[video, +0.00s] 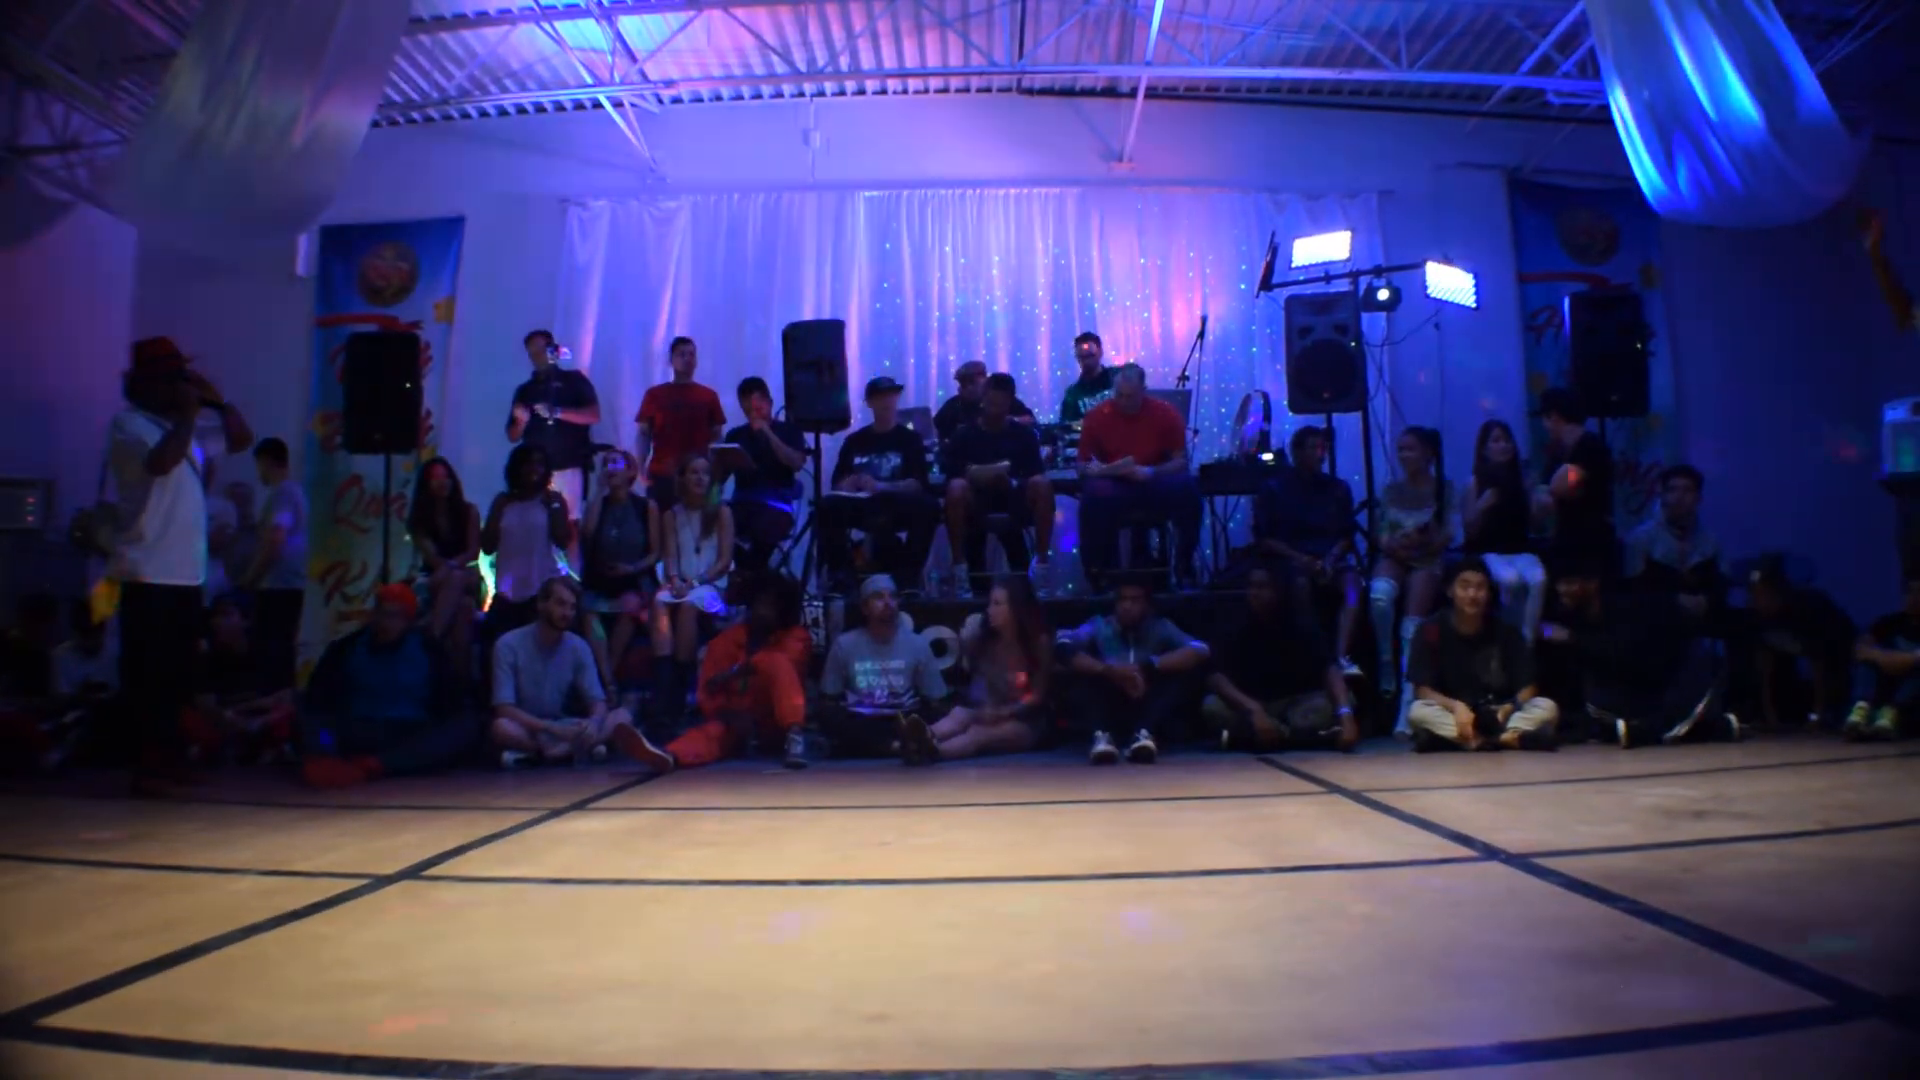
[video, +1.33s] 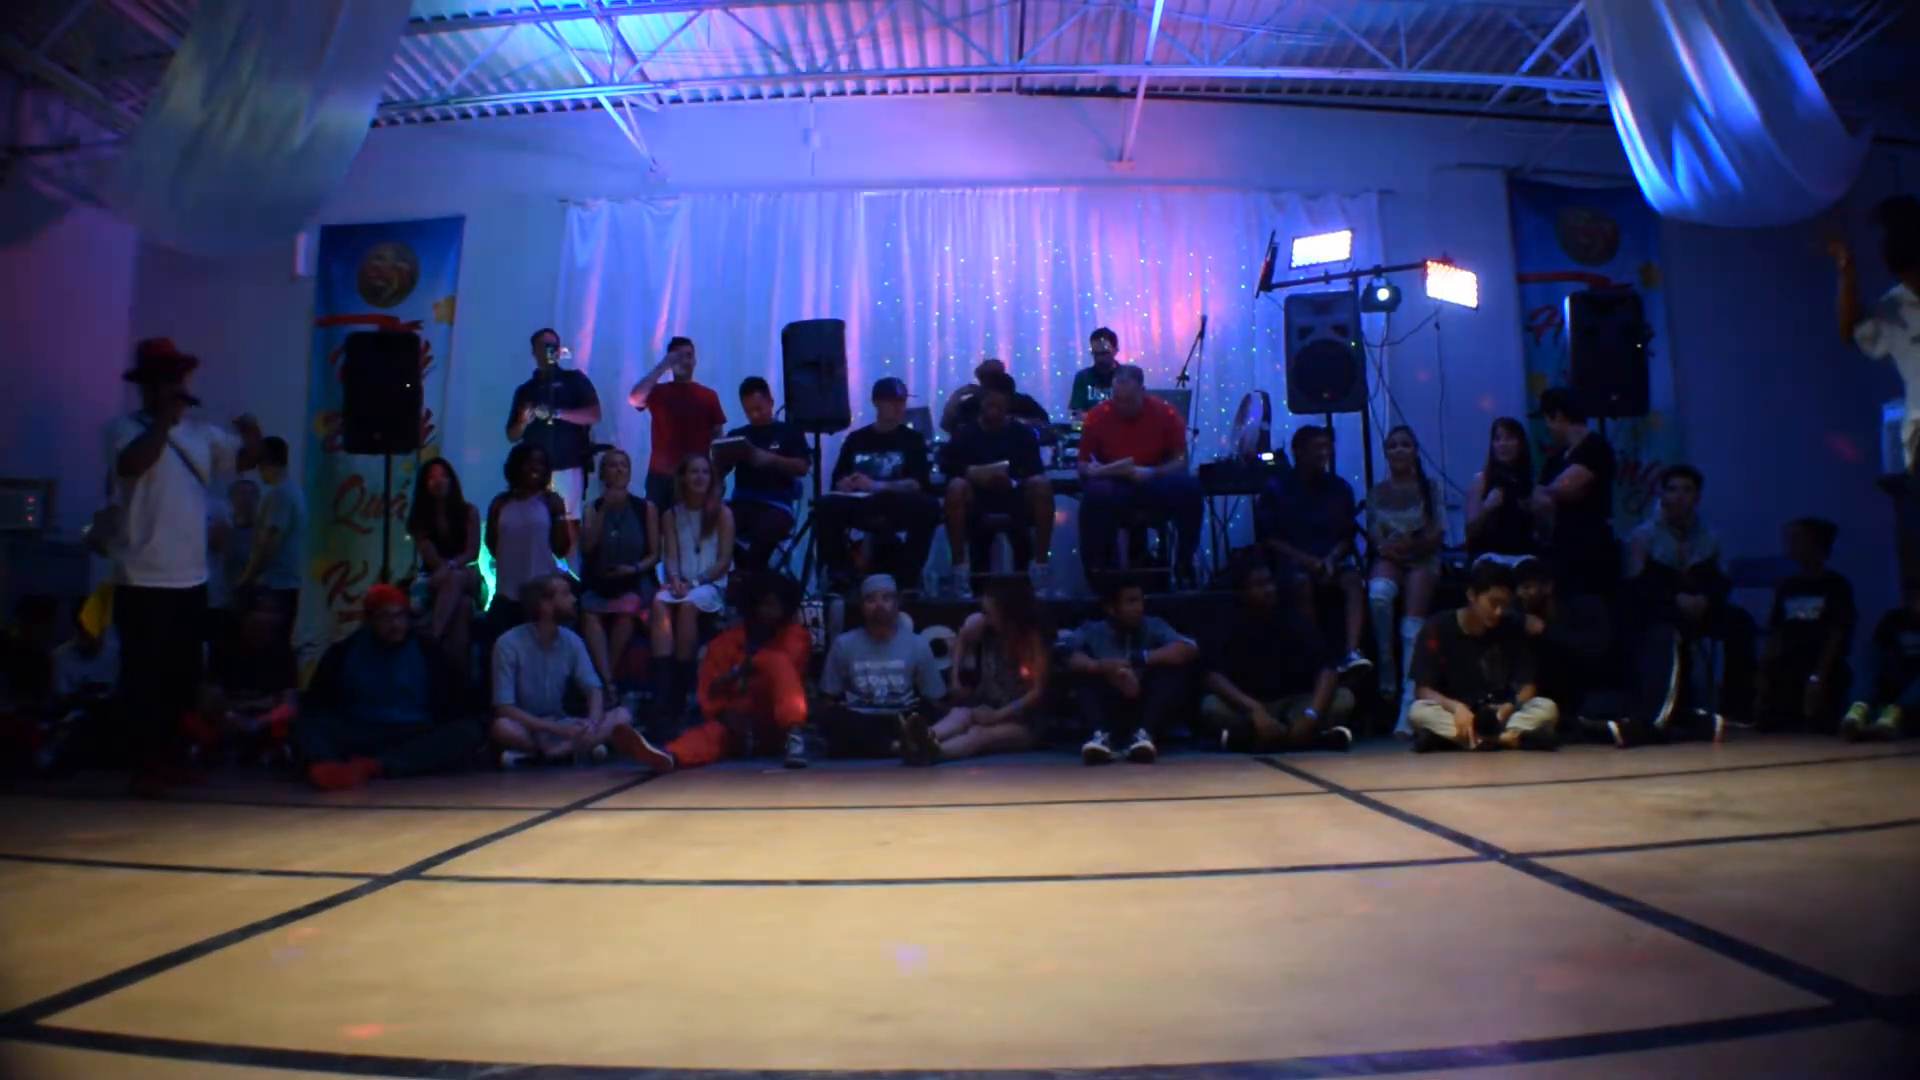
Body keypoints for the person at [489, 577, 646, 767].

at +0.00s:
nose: (567, 613)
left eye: (572, 607)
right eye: (561, 604)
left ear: (576, 610)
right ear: (542, 605)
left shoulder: (578, 647)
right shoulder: (509, 645)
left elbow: (598, 702)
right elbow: (504, 708)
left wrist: (593, 725)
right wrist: (555, 729)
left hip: (566, 722)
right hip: (528, 723)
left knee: (622, 716)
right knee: (502, 728)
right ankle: (576, 748)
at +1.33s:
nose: (573, 599)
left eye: (571, 593)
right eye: (566, 594)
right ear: (544, 604)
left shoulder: (572, 641)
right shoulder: (509, 643)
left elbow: (594, 689)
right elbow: (504, 706)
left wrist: (593, 722)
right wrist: (556, 729)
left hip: (563, 720)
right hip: (528, 722)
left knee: (623, 715)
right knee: (502, 728)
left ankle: (557, 751)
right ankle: (579, 747)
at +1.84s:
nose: (547, 590)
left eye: (543, 586)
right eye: (539, 587)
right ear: (520, 601)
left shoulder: (554, 632)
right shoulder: (494, 645)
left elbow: (572, 679)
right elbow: (504, 707)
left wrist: (587, 722)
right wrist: (561, 729)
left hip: (559, 714)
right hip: (525, 718)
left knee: (618, 708)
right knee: (503, 727)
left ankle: (561, 747)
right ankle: (579, 742)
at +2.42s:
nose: (546, 592)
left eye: (546, 586)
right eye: (537, 588)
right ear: (516, 598)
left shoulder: (561, 635)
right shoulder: (498, 645)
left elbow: (584, 684)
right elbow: (502, 705)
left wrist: (588, 722)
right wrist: (553, 727)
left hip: (564, 716)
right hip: (526, 720)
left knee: (618, 709)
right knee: (503, 725)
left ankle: (559, 748)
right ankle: (580, 747)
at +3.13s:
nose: (540, 616)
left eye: (548, 610)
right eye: (536, 608)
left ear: (562, 610)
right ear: (529, 607)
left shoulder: (576, 645)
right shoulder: (509, 644)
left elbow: (599, 697)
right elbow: (505, 706)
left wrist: (597, 726)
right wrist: (558, 730)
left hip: (563, 720)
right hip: (525, 721)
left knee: (621, 716)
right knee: (503, 728)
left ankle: (551, 753)